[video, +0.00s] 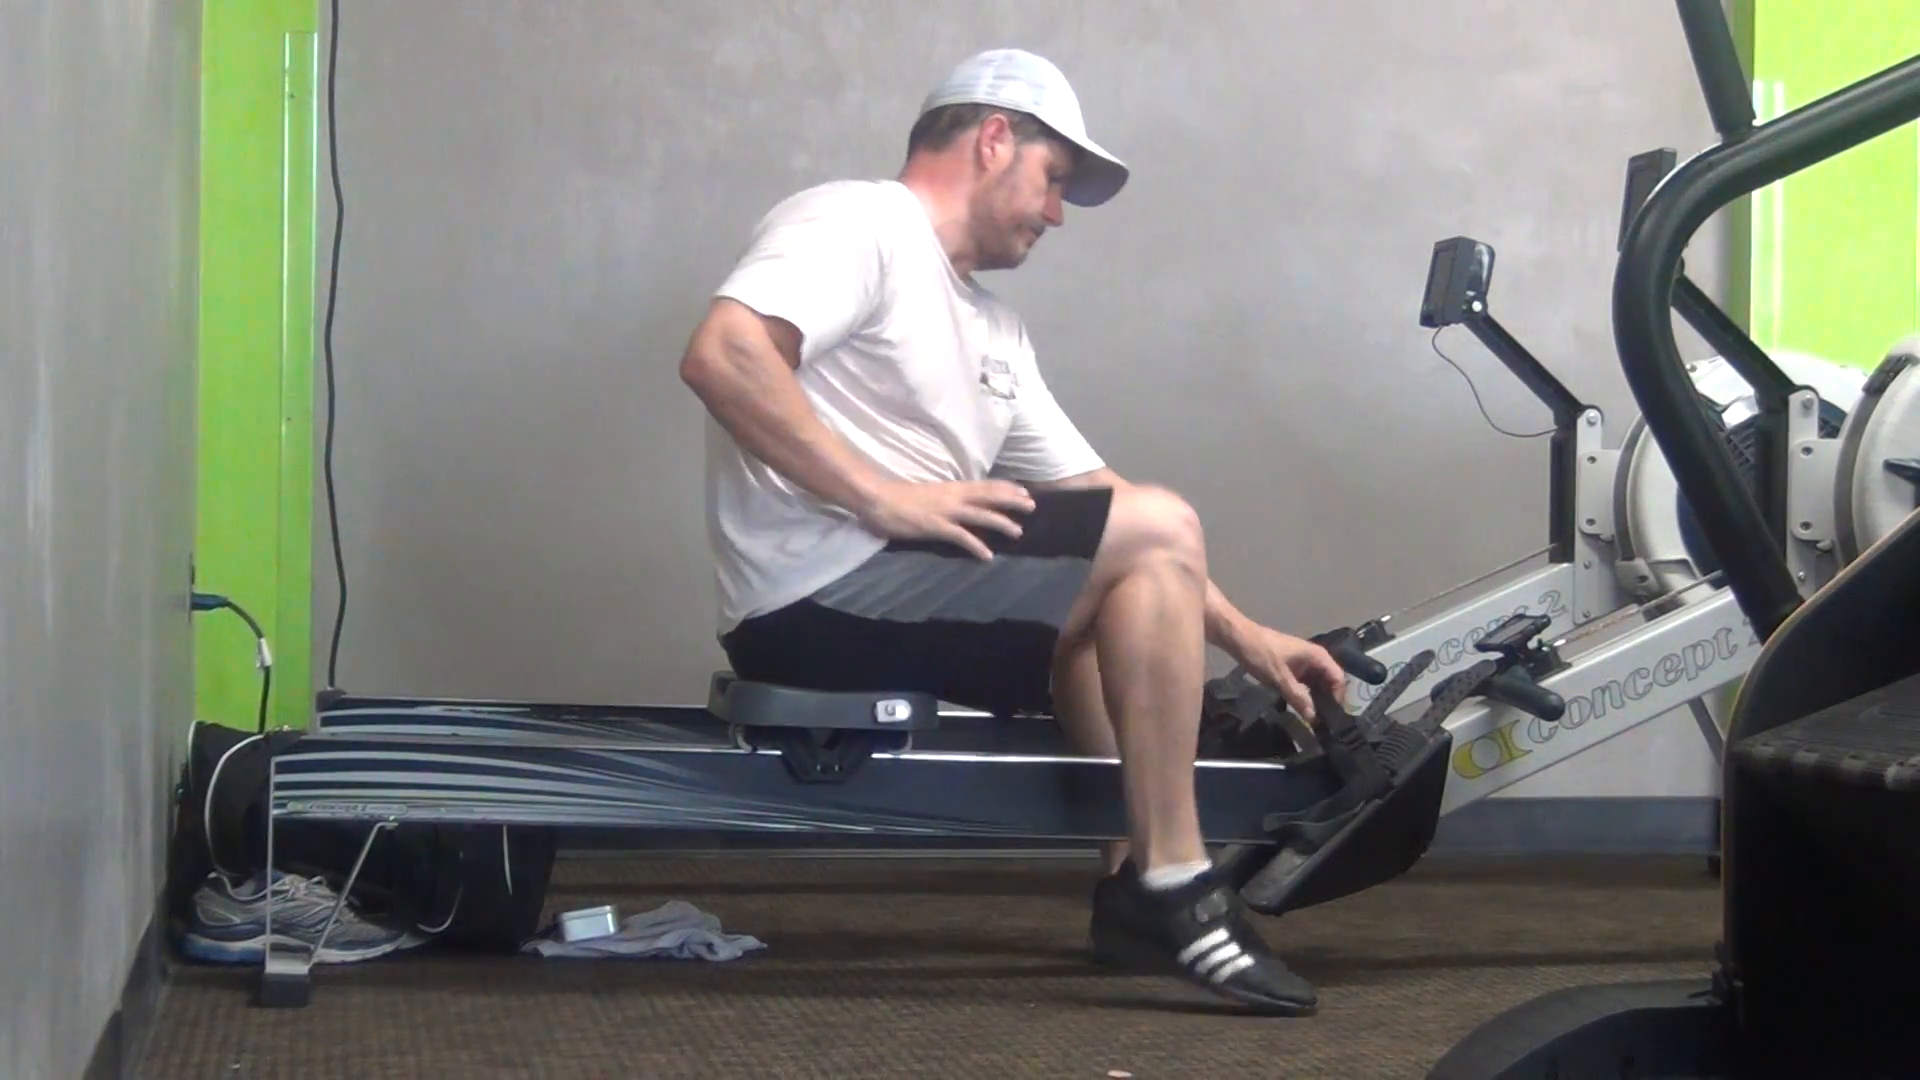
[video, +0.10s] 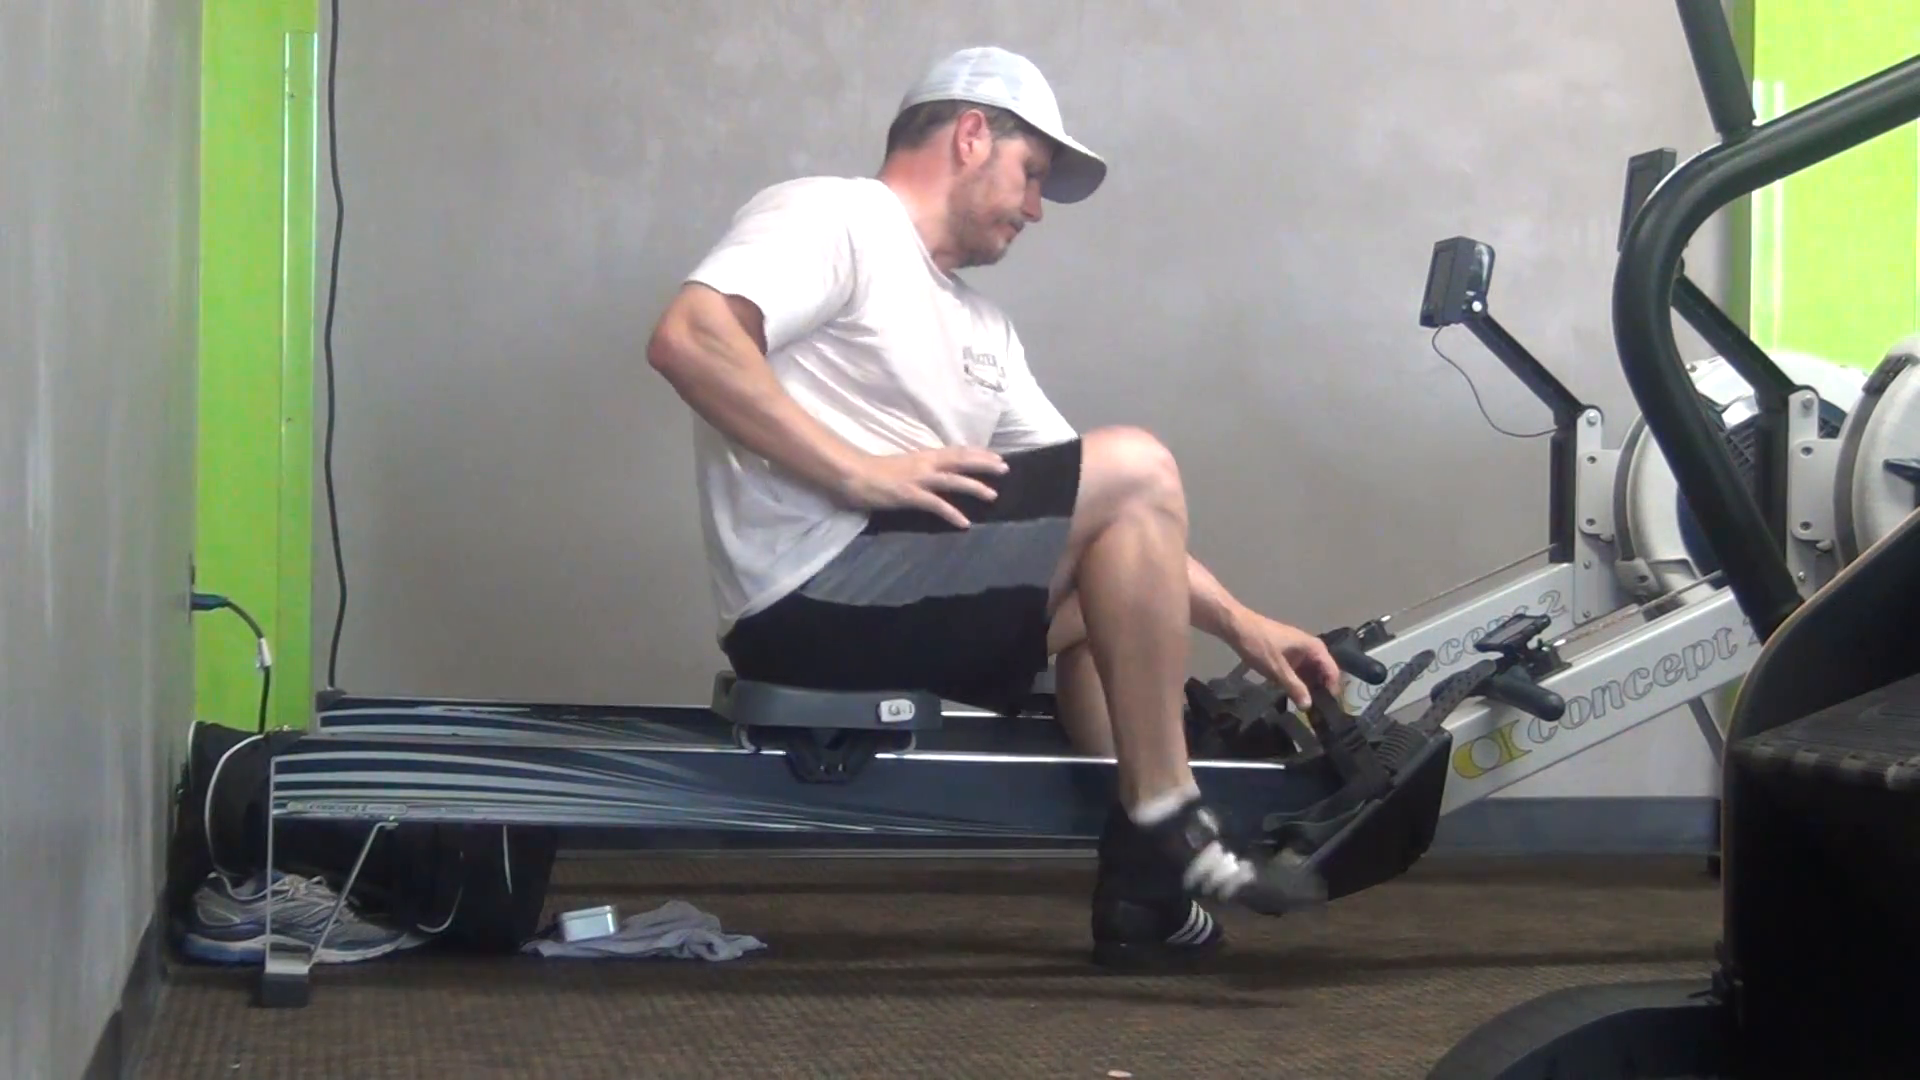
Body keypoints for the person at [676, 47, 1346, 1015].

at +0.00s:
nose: (1058, 215)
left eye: (1066, 193)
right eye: (1054, 180)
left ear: (993, 149)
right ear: (991, 142)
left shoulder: (991, 330)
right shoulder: (855, 219)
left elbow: (1103, 501)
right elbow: (724, 353)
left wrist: (1248, 638)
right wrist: (882, 497)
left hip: (907, 585)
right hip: (815, 591)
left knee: (1150, 565)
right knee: (1160, 531)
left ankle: (1147, 871)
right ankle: (1168, 877)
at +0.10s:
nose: (1036, 208)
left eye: (1044, 187)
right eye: (1031, 173)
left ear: (972, 143)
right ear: (969, 138)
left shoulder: (980, 327)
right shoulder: (832, 214)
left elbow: (1093, 497)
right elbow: (692, 337)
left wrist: (1238, 622)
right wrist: (854, 469)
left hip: (905, 588)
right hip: (809, 585)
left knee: (1104, 589)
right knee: (1134, 467)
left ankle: (1144, 878)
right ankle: (1165, 821)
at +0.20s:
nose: (1024, 206)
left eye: (1033, 185)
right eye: (1018, 172)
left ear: (959, 147)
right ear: (955, 139)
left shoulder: (977, 329)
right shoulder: (820, 216)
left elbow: (1091, 506)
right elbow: (671, 328)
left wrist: (1236, 623)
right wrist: (835, 458)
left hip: (910, 606)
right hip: (803, 587)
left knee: (1098, 596)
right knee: (1111, 421)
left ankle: (1139, 889)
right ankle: (1130, 759)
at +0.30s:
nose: (1018, 206)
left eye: (1027, 188)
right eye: (1012, 174)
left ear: (949, 149)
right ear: (946, 142)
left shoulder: (972, 331)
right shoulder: (809, 218)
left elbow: (1088, 509)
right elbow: (656, 325)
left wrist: (1234, 623)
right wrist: (822, 450)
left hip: (900, 608)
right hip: (797, 591)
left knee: (1097, 602)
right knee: (1098, 401)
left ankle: (1137, 887)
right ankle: (1138, 729)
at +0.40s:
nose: (1011, 208)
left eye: (1020, 188)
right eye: (1005, 176)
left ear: (940, 153)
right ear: (938, 144)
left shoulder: (968, 332)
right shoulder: (800, 219)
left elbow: (1080, 512)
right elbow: (647, 327)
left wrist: (1235, 622)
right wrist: (814, 450)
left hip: (901, 615)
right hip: (798, 593)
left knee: (1109, 592)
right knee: (1100, 401)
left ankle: (1137, 885)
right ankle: (1179, 732)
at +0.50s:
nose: (1008, 208)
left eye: (1019, 187)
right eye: (1000, 174)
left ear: (945, 160)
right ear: (933, 142)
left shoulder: (969, 340)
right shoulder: (797, 217)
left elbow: (1078, 514)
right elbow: (646, 328)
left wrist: (1236, 626)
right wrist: (818, 450)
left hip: (908, 612)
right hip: (802, 589)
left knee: (1111, 587)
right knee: (1109, 407)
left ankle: (1138, 881)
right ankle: (1204, 738)